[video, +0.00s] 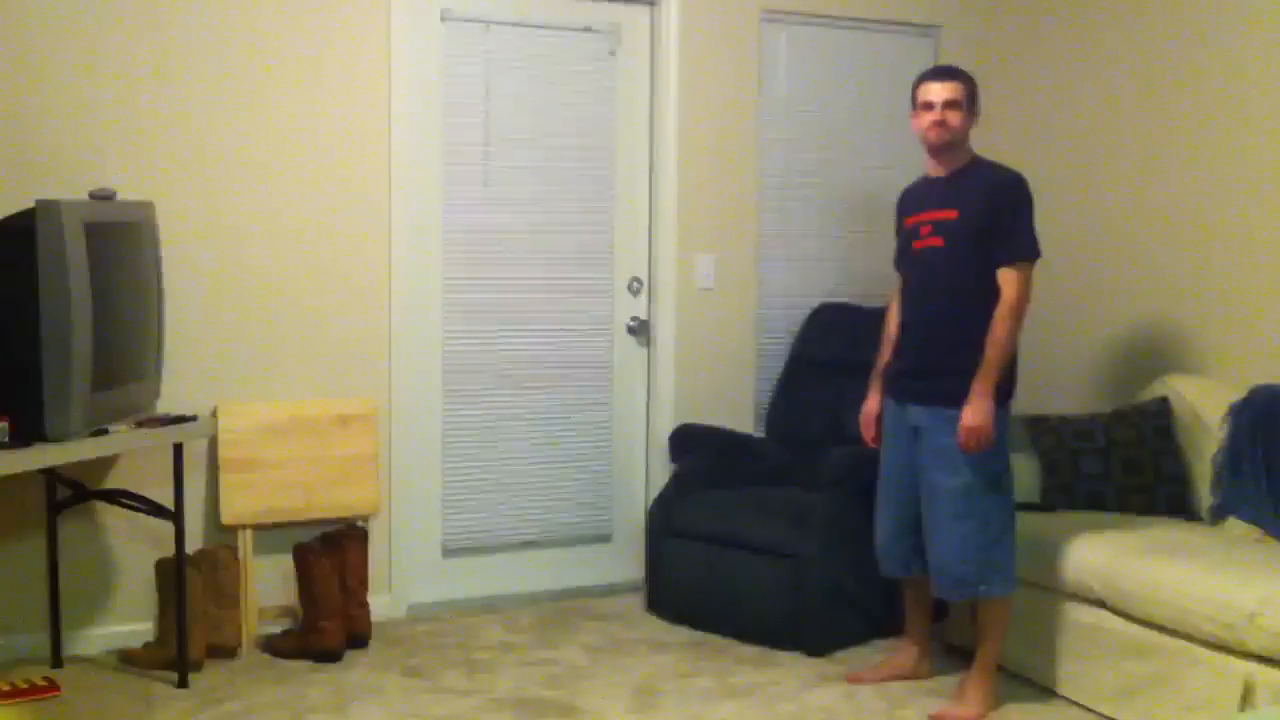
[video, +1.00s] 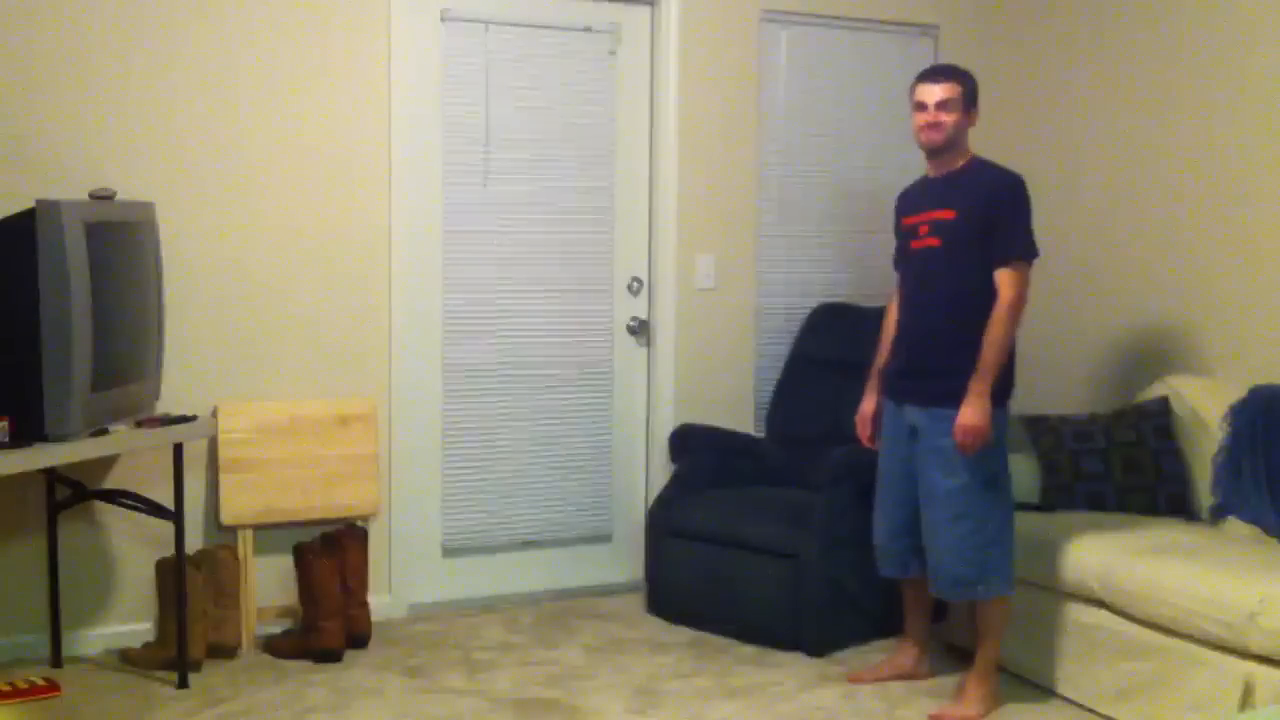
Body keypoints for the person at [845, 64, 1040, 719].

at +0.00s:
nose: (939, 117)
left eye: (952, 107)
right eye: (927, 107)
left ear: (972, 118)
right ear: (913, 119)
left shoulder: (1003, 188)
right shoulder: (911, 200)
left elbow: (1012, 300)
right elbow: (903, 299)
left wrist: (983, 395)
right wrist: (877, 387)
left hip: (966, 401)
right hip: (905, 397)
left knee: (982, 543)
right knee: (909, 529)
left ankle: (982, 677)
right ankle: (914, 650)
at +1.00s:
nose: (932, 118)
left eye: (945, 107)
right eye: (922, 108)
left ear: (970, 117)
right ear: (911, 118)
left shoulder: (1000, 189)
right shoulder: (909, 201)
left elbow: (1011, 296)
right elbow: (901, 298)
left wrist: (980, 396)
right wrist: (874, 387)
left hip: (963, 404)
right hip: (903, 400)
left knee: (979, 543)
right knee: (908, 531)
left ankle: (983, 678)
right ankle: (913, 650)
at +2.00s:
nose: (928, 118)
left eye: (941, 108)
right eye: (918, 109)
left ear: (967, 116)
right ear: (909, 121)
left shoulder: (999, 189)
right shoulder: (910, 201)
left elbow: (1010, 298)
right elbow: (902, 298)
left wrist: (979, 397)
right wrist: (875, 387)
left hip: (963, 403)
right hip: (903, 398)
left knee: (979, 541)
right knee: (907, 529)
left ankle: (983, 678)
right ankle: (914, 650)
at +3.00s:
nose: (943, 131)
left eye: (956, 118)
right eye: (938, 121)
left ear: (996, 116)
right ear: (937, 125)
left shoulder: (1038, 195)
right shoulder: (946, 200)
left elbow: (1052, 308)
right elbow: (940, 302)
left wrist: (1025, 410)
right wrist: (911, 384)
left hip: (1001, 416)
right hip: (937, 406)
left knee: (1001, 556)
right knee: (919, 536)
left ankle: (985, 682)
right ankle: (935, 655)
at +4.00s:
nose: (964, 117)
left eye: (979, 107)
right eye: (962, 107)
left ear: (1020, 115)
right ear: (963, 115)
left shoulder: (1055, 196)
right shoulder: (961, 198)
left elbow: (1061, 312)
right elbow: (951, 306)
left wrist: (1029, 414)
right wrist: (918, 389)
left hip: (1002, 417)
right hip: (937, 406)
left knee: (999, 562)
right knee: (925, 538)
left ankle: (987, 690)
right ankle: (977, 644)